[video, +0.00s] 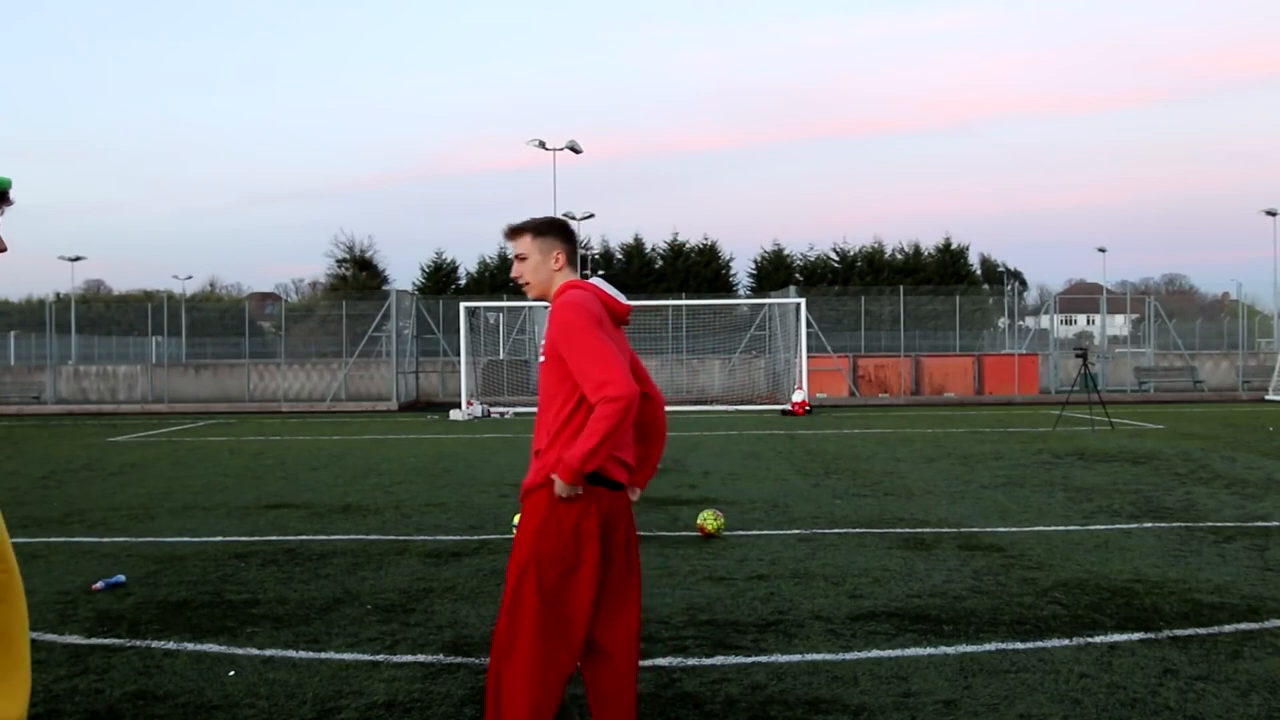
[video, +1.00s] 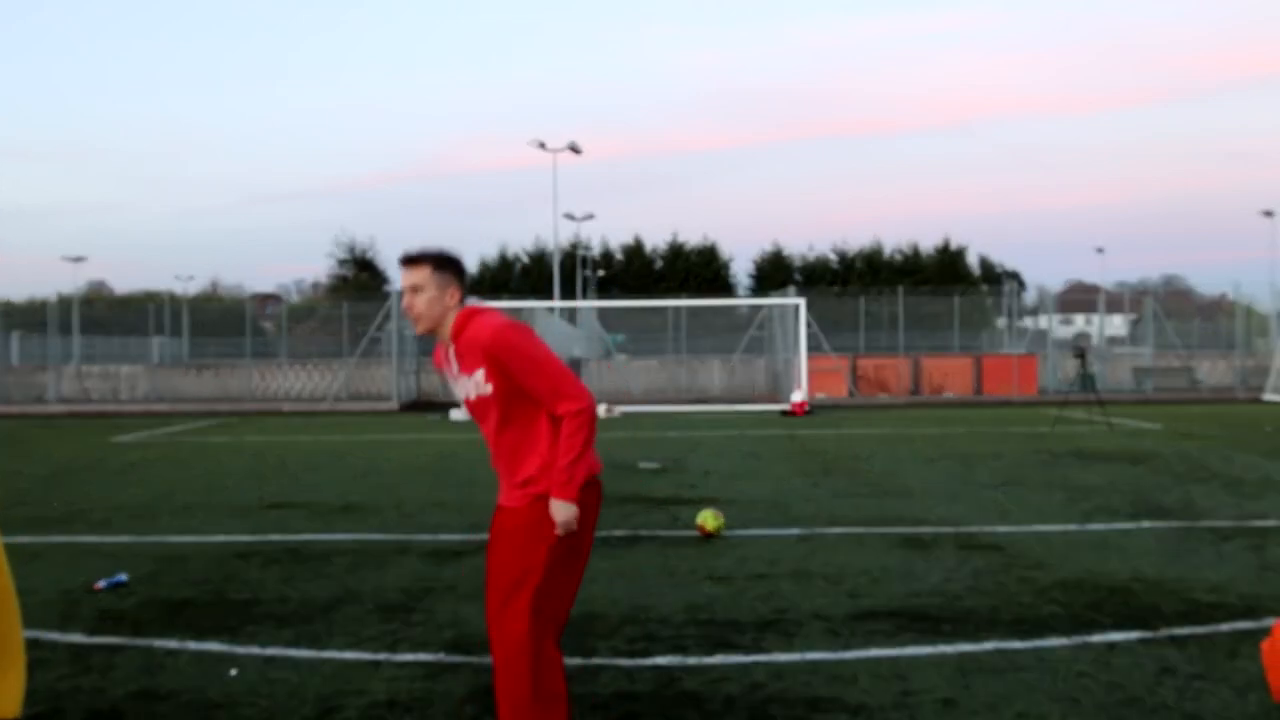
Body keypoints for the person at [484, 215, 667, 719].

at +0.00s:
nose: (515, 272)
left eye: (522, 259)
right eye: (513, 261)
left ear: (557, 258)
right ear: (563, 262)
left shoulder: (571, 307)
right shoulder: (595, 311)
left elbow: (617, 393)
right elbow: (651, 401)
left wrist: (570, 468)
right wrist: (634, 479)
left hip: (564, 507)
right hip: (608, 505)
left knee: (528, 648)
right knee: (610, 650)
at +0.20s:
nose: (491, 271)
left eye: (499, 259)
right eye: (489, 260)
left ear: (534, 258)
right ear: (539, 262)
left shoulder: (544, 309)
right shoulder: (569, 309)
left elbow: (592, 397)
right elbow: (624, 393)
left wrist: (541, 470)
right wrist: (613, 468)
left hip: (538, 510)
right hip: (580, 508)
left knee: (511, 650)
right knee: (586, 652)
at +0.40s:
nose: (462, 269)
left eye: (470, 256)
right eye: (460, 258)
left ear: (507, 256)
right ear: (509, 260)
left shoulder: (518, 312)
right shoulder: (539, 308)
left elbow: (572, 404)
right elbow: (598, 399)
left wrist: (536, 484)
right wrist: (577, 475)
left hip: (511, 506)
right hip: (546, 506)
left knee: (491, 642)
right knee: (545, 636)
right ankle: (576, 708)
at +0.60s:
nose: (437, 272)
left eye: (445, 260)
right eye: (436, 261)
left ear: (481, 260)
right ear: (482, 263)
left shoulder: (509, 316)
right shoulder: (504, 313)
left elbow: (552, 418)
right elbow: (536, 417)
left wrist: (514, 501)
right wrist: (502, 497)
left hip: (514, 509)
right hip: (510, 506)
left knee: (496, 646)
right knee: (500, 643)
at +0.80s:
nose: (426, 281)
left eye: (435, 268)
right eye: (425, 269)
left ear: (471, 269)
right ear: (467, 272)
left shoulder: (506, 318)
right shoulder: (482, 320)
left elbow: (568, 413)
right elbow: (519, 414)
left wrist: (534, 499)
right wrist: (497, 495)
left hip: (521, 509)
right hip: (499, 506)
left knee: (506, 646)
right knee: (492, 644)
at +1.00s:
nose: (406, 304)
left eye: (415, 292)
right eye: (403, 294)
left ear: (451, 293)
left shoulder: (494, 333)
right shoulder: (447, 354)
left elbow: (577, 404)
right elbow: (513, 416)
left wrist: (565, 490)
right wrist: (517, 490)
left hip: (550, 496)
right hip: (518, 495)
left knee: (526, 632)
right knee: (507, 629)